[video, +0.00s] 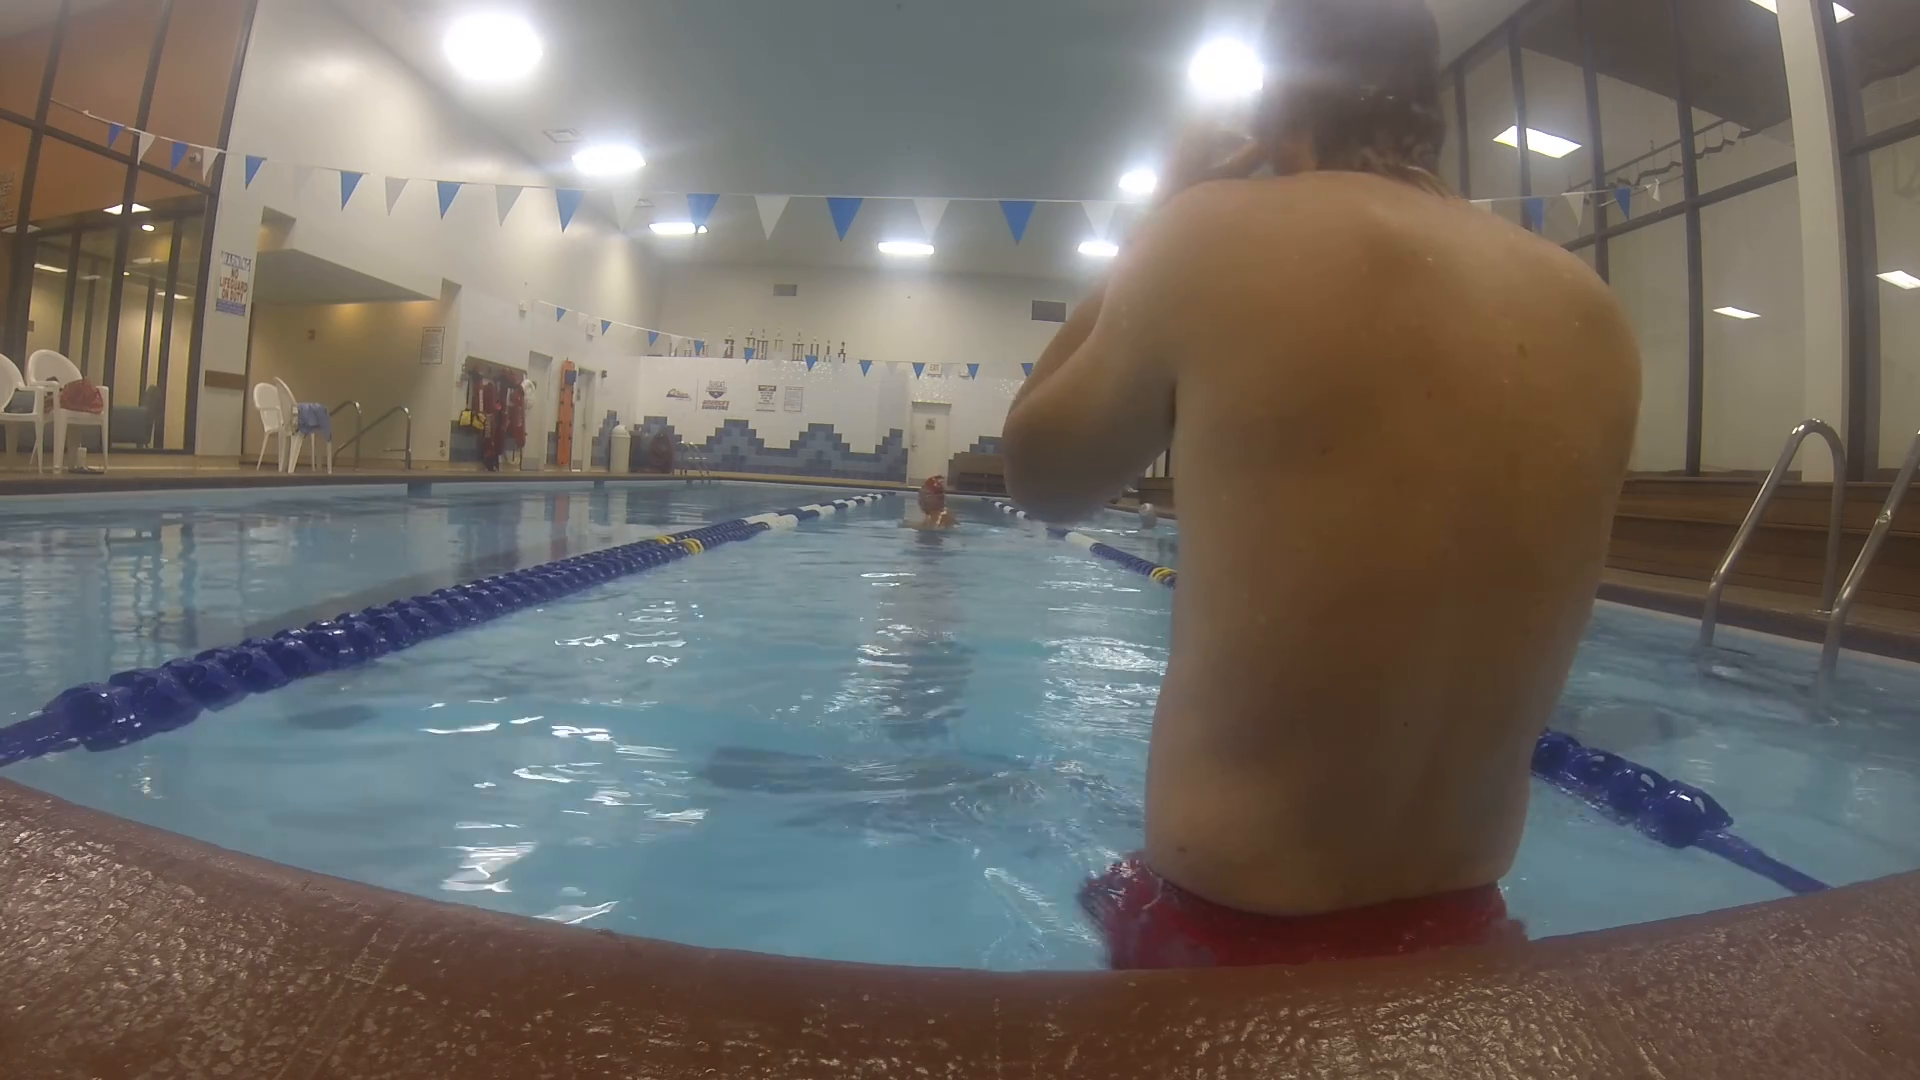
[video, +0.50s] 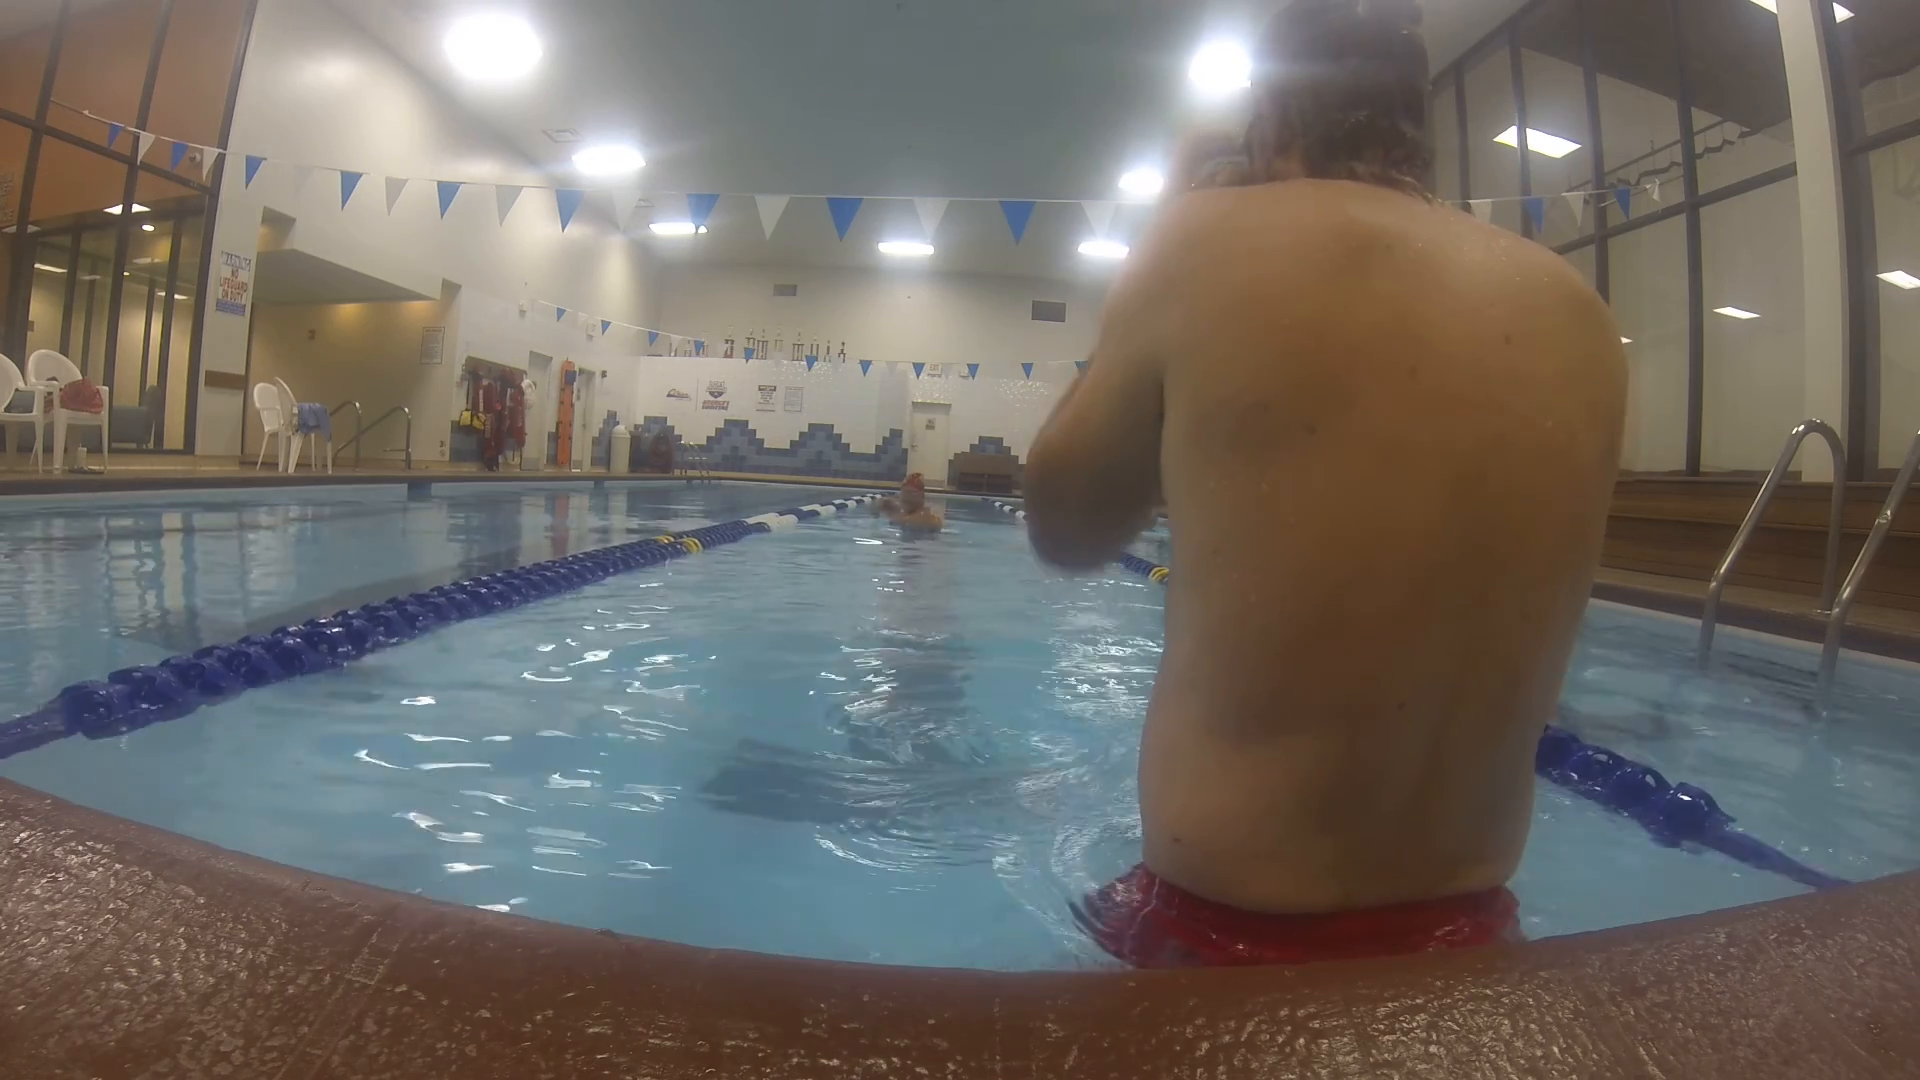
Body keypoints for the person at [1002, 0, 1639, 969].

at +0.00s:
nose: (1236, 116)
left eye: (1247, 94)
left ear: (1269, 107)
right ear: (1432, 119)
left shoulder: (1213, 237)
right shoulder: (1589, 306)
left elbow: (1043, 476)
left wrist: (1169, 209)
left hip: (1210, 945)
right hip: (1463, 940)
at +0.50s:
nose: (1237, 133)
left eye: (1247, 115)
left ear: (1269, 123)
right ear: (1417, 133)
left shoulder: (1205, 242)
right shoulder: (1576, 307)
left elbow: (1068, 527)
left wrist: (1180, 215)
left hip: (1209, 944)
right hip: (1469, 941)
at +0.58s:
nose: (1247, 152)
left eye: (1253, 128)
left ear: (1273, 136)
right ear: (1421, 148)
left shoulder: (1194, 256)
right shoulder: (1568, 316)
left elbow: (1063, 581)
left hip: (1206, 943)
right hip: (1467, 942)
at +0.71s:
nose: (1241, 179)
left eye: (1246, 157)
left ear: (1264, 161)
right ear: (1411, 172)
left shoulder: (1174, 300)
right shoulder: (1558, 342)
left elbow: (1058, 676)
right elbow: (1552, 697)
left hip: (1205, 953)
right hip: (1468, 951)